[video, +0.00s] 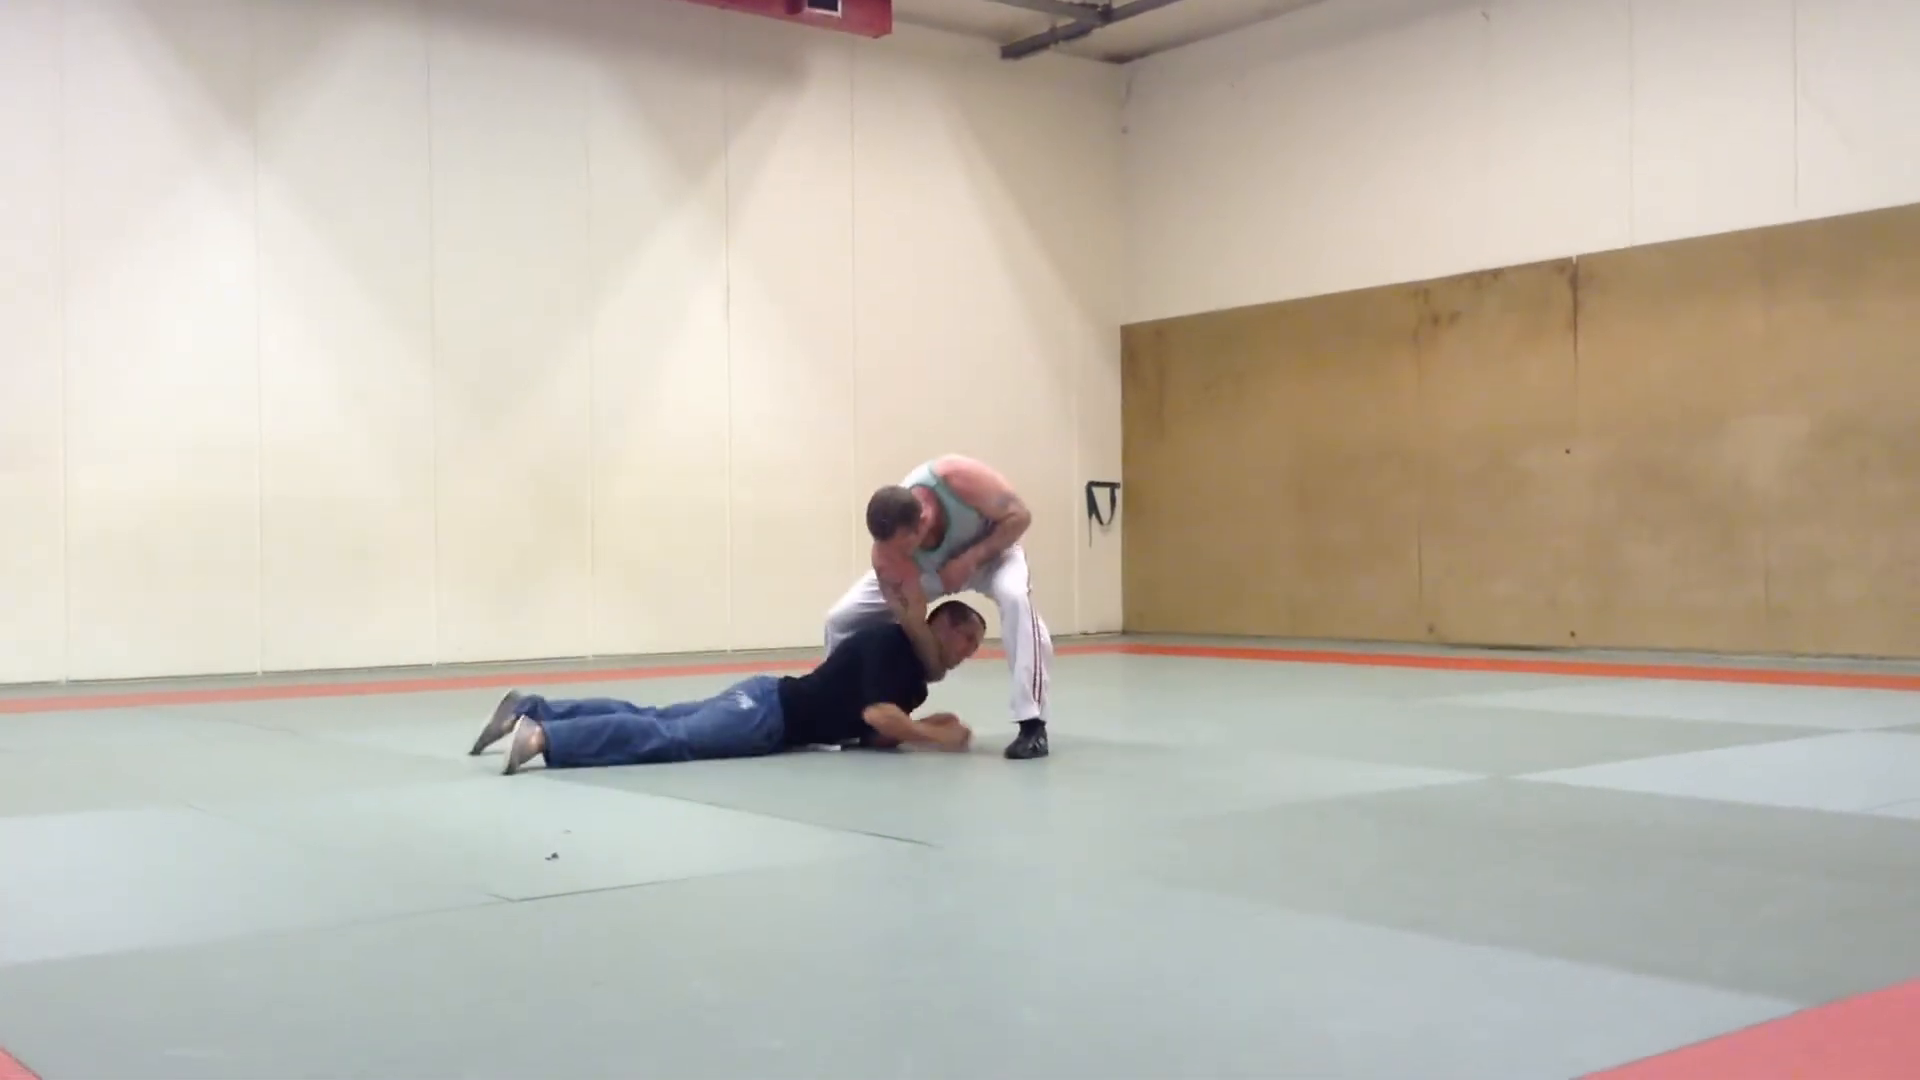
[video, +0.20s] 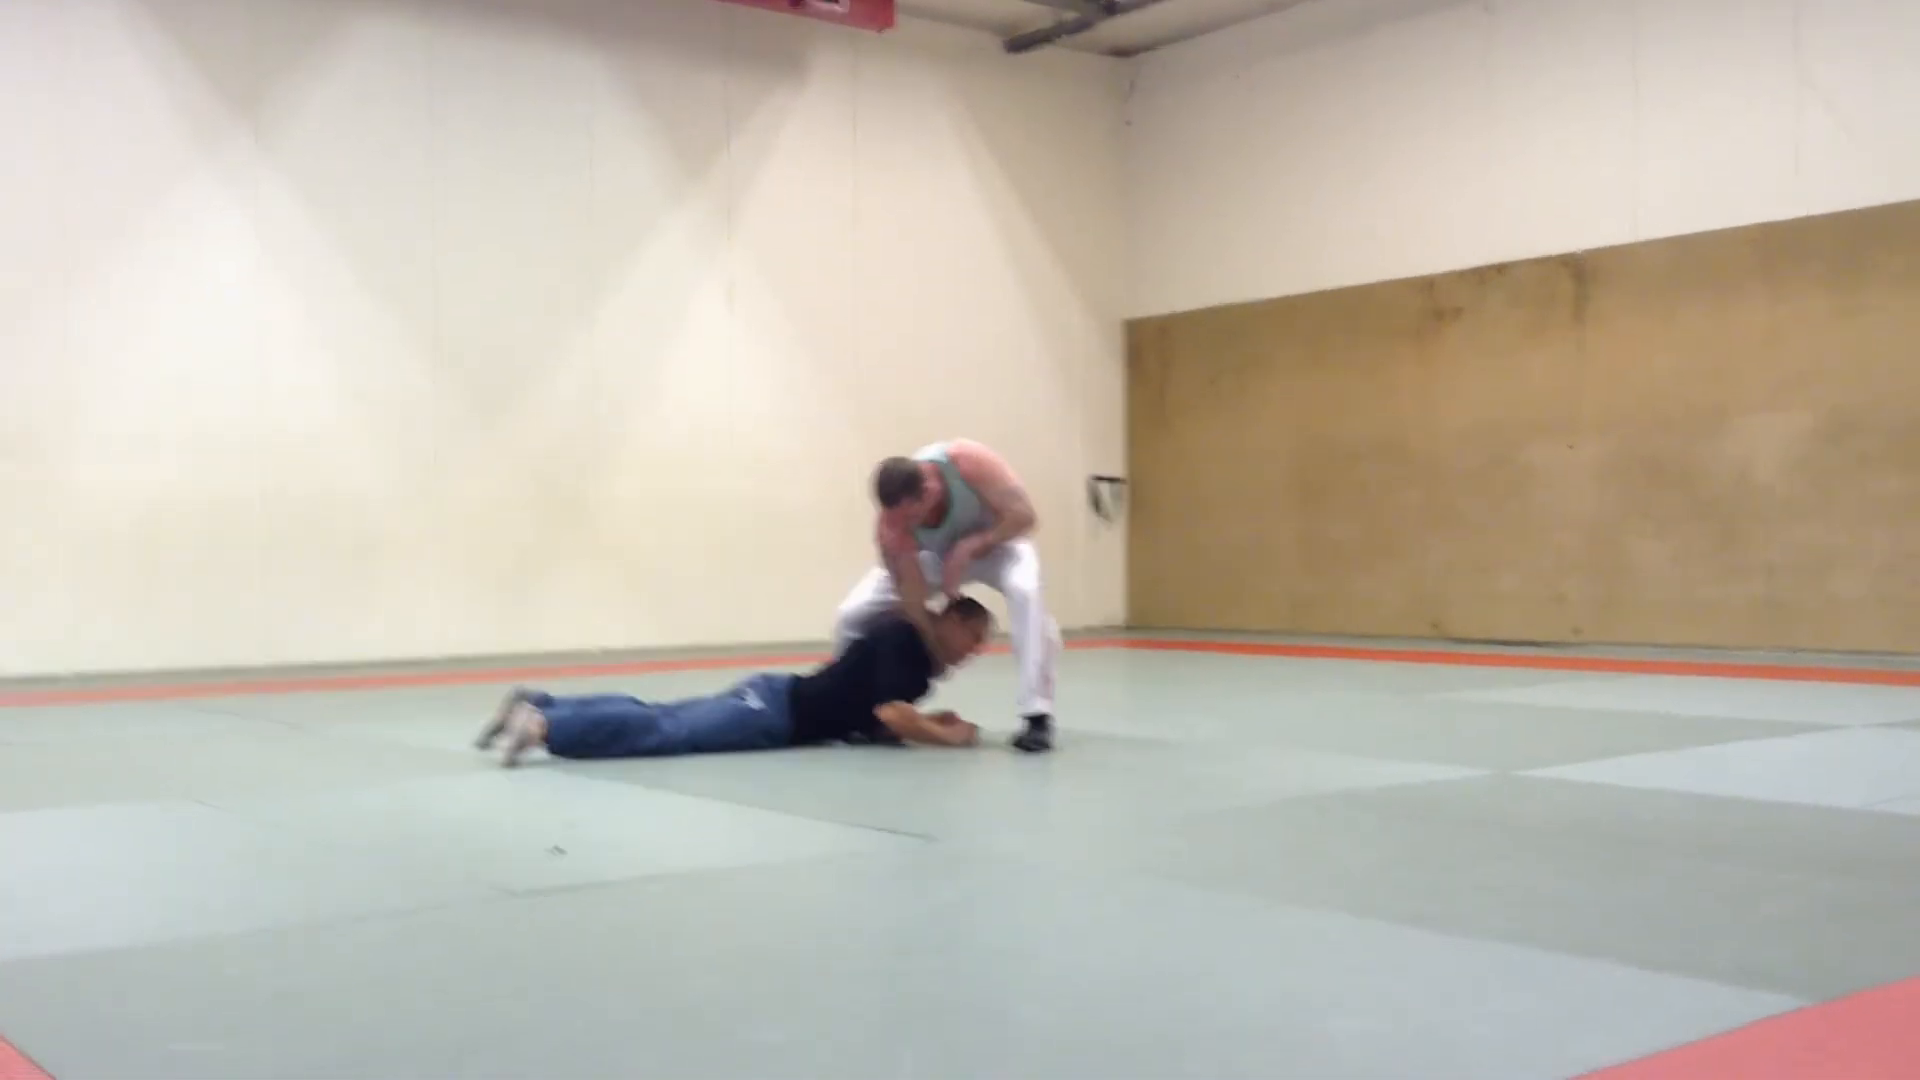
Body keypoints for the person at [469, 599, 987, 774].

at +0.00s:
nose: (969, 648)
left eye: (975, 641)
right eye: (966, 635)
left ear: (963, 645)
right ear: (939, 622)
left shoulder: (910, 662)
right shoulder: (893, 647)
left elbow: (868, 731)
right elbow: (879, 716)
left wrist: (917, 733)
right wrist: (930, 734)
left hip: (770, 704)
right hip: (769, 714)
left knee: (661, 720)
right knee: (664, 739)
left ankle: (530, 709)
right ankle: (543, 741)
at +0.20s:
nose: (974, 651)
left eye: (980, 642)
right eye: (973, 639)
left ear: (955, 630)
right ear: (948, 624)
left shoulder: (909, 645)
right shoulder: (902, 648)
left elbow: (878, 712)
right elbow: (888, 714)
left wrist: (928, 726)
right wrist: (939, 732)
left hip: (780, 700)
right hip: (778, 712)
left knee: (662, 717)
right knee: (660, 733)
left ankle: (536, 706)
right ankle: (541, 730)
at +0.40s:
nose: (993, 659)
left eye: (999, 651)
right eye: (993, 648)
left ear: (970, 628)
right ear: (969, 629)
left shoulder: (925, 641)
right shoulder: (922, 651)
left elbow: (892, 711)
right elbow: (894, 720)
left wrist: (939, 716)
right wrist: (950, 725)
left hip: (790, 687)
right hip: (789, 702)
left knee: (677, 708)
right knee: (675, 720)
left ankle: (552, 697)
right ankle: (555, 714)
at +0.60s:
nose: (1010, 667)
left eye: (1017, 661)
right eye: (1016, 658)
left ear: (996, 633)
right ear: (999, 635)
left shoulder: (946, 639)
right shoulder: (948, 647)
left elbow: (913, 704)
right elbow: (913, 716)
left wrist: (959, 709)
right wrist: (970, 719)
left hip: (805, 680)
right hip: (805, 696)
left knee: (695, 700)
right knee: (695, 714)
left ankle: (568, 689)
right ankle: (572, 707)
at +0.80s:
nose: (1020, 651)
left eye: (1028, 648)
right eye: (1022, 640)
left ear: (1014, 640)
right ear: (1003, 621)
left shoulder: (956, 633)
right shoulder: (957, 637)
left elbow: (921, 696)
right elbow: (921, 708)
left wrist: (966, 702)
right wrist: (977, 710)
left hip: (814, 672)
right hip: (813, 687)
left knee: (704, 691)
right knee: (702, 706)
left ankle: (578, 682)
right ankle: (577, 698)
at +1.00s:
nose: (1022, 658)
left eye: (1030, 659)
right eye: (1025, 647)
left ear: (1020, 658)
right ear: (1009, 629)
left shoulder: (960, 642)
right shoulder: (959, 641)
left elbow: (919, 699)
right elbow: (919, 706)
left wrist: (972, 705)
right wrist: (979, 712)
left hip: (818, 677)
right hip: (815, 688)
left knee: (708, 694)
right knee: (705, 706)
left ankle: (586, 682)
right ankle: (581, 698)